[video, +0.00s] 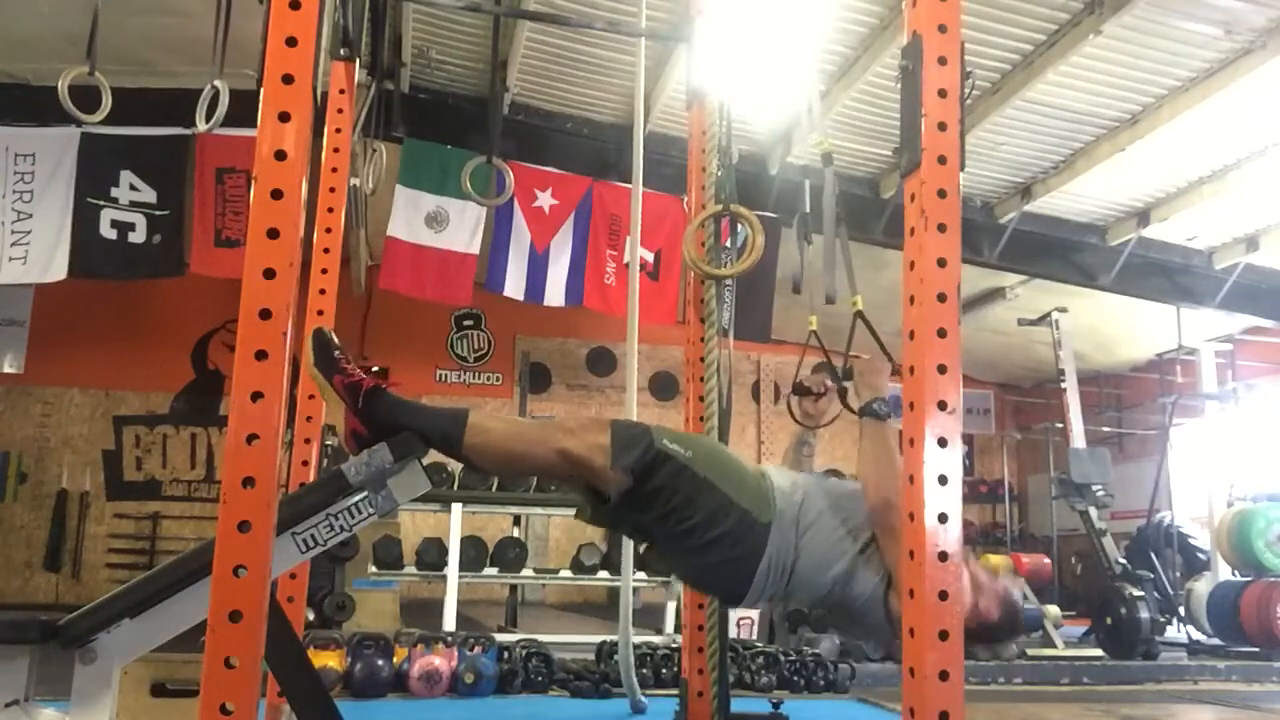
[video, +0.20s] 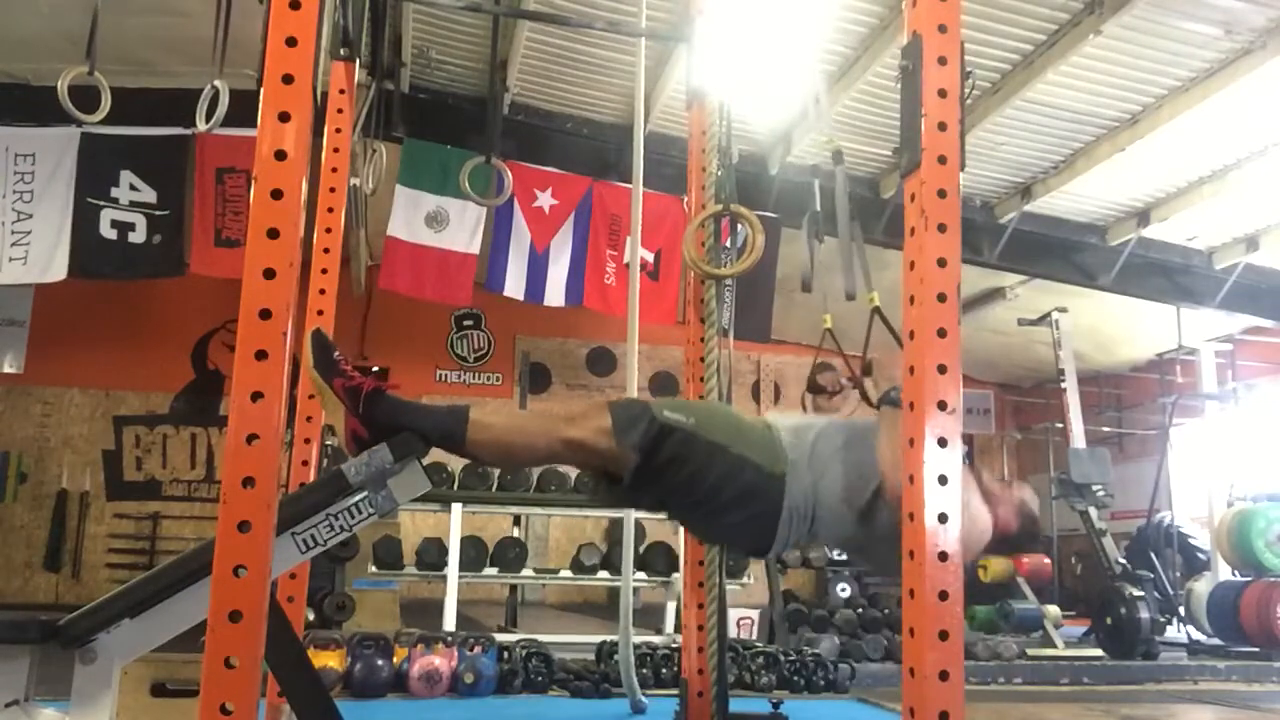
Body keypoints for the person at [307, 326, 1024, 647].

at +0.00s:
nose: (979, 579)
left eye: (988, 599)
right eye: (992, 577)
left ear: (972, 625)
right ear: (981, 565)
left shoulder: (927, 622)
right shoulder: (921, 562)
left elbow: (894, 519)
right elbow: (867, 510)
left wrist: (883, 419)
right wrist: (847, 436)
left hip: (761, 541)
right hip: (756, 508)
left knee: (593, 446)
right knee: (581, 449)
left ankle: (385, 409)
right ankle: (393, 424)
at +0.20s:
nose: (1002, 497)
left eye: (1012, 509)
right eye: (1011, 493)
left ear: (1001, 534)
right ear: (998, 485)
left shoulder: (949, 538)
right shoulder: (949, 486)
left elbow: (904, 496)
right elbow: (886, 448)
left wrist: (934, 428)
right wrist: (909, 398)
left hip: (774, 490)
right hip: (762, 454)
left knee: (601, 424)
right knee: (590, 421)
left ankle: (389, 415)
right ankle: (392, 411)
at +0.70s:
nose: (976, 454)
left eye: (988, 467)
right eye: (984, 448)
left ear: (979, 492)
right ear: (967, 437)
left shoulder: (926, 495)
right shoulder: (915, 442)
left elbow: (879, 473)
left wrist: (891, 385)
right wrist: (866, 375)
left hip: (746, 424)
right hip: (732, 448)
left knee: (569, 344)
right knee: (556, 364)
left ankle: (374, 417)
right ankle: (380, 418)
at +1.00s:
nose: (900, 430)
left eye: (911, 444)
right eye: (911, 429)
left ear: (902, 478)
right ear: (900, 429)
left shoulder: (850, 490)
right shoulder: (843, 440)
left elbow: (780, 473)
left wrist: (790, 391)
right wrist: (799, 380)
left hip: (644, 414)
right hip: (650, 389)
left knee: (486, 287)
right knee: (480, 310)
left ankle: (337, 420)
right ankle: (344, 414)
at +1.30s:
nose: (799, 425)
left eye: (808, 440)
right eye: (810, 430)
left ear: (798, 466)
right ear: (795, 449)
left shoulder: (748, 470)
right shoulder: (743, 433)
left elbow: (673, 458)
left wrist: (697, 373)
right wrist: (711, 359)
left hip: (543, 381)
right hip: (552, 359)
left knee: (386, 250)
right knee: (391, 269)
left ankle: (315, 424)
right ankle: (319, 415)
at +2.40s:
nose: (887, 448)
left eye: (897, 462)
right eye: (899, 447)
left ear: (888, 499)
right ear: (891, 474)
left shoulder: (835, 499)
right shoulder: (829, 455)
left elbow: (766, 469)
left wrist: (775, 389)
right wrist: (794, 377)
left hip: (637, 411)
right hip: (639, 396)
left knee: (477, 283)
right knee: (463, 320)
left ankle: (337, 419)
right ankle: (341, 414)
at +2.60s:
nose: (936, 469)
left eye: (946, 482)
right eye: (944, 471)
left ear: (937, 520)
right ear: (935, 493)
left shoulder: (889, 534)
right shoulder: (877, 476)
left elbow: (834, 480)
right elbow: (841, 440)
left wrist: (839, 402)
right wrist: (845, 390)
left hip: (702, 445)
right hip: (703, 409)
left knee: (539, 322)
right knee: (531, 336)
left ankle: (365, 414)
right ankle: (378, 410)